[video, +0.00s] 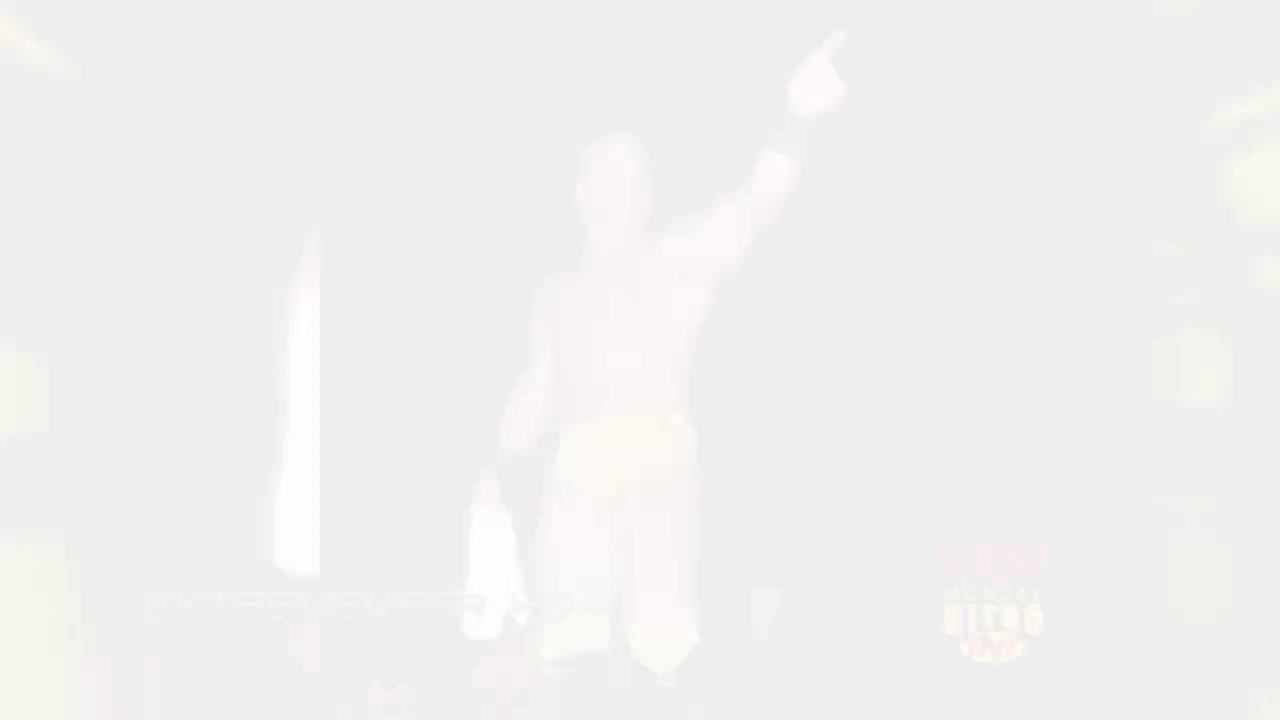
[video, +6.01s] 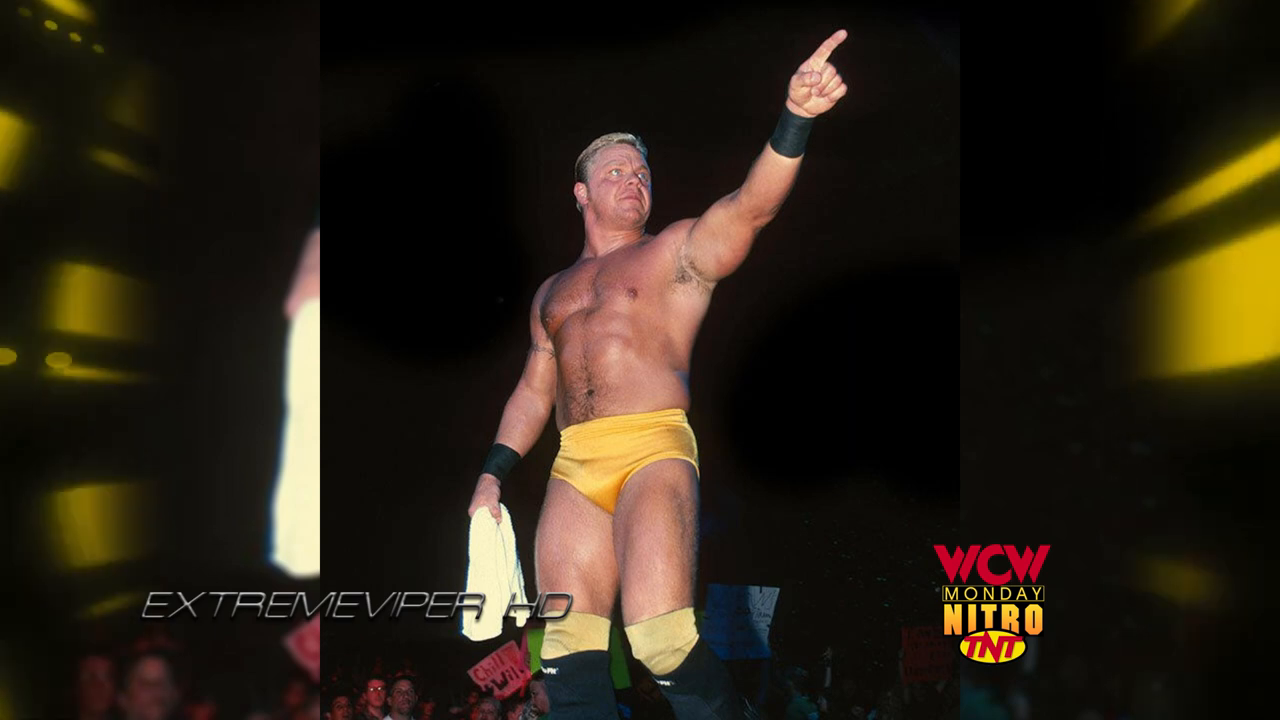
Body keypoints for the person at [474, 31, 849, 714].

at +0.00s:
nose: (611, 206)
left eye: (624, 189)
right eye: (598, 190)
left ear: (648, 194)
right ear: (580, 197)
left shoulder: (680, 264)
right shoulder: (562, 296)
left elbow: (757, 201)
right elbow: (536, 389)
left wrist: (800, 117)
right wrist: (503, 464)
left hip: (659, 453)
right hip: (581, 458)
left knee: (659, 609)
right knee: (573, 602)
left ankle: (659, 687)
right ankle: (576, 690)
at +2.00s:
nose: (632, 180)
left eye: (640, 172)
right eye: (614, 171)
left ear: (651, 193)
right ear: (581, 193)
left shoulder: (680, 254)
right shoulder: (553, 296)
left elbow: (752, 204)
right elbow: (534, 394)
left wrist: (797, 115)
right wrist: (490, 477)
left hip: (656, 448)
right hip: (576, 462)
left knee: (659, 635)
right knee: (568, 646)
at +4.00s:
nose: (632, 180)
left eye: (640, 172)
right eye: (614, 171)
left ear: (651, 193)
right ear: (581, 193)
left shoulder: (680, 254)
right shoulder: (553, 296)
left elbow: (752, 204)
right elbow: (534, 394)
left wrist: (797, 115)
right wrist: (490, 477)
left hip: (656, 448)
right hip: (576, 462)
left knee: (659, 635)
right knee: (568, 646)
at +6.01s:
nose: (631, 179)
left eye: (640, 172)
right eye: (614, 170)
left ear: (650, 194)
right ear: (580, 193)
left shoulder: (680, 253)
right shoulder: (552, 296)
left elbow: (753, 203)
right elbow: (534, 393)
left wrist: (797, 115)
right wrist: (490, 478)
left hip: (656, 448)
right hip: (575, 462)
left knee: (660, 637)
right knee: (568, 647)